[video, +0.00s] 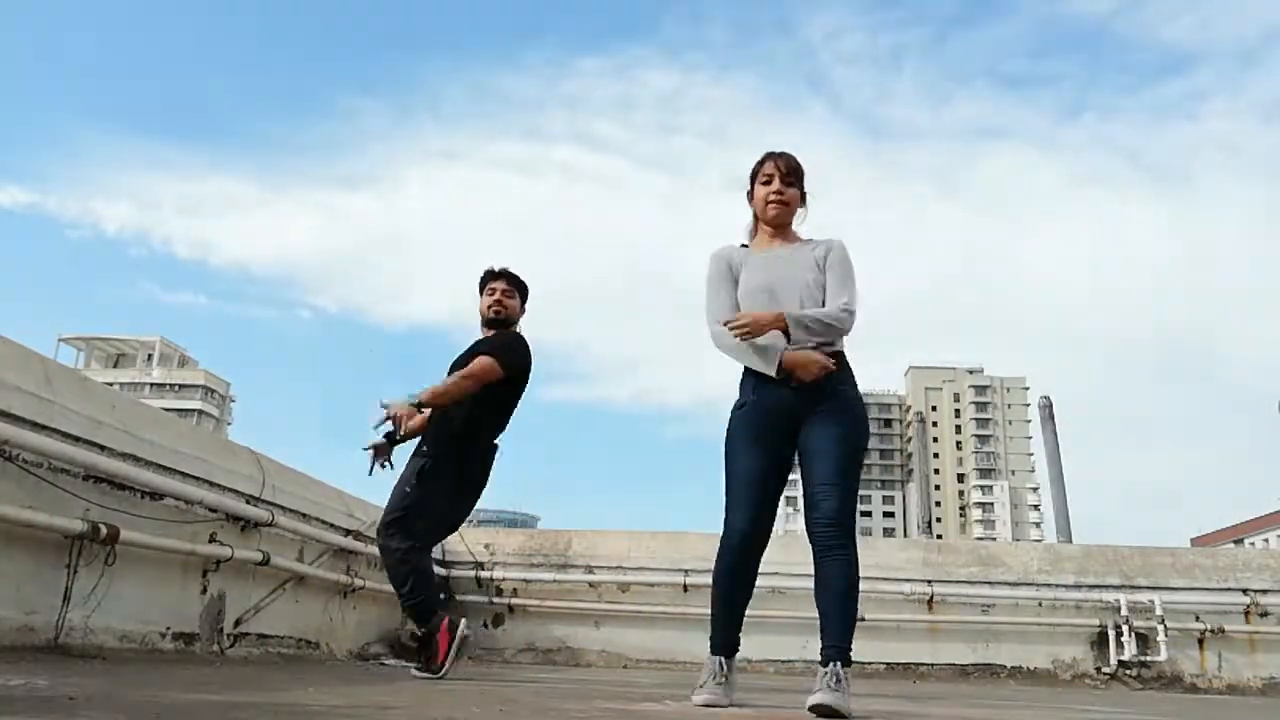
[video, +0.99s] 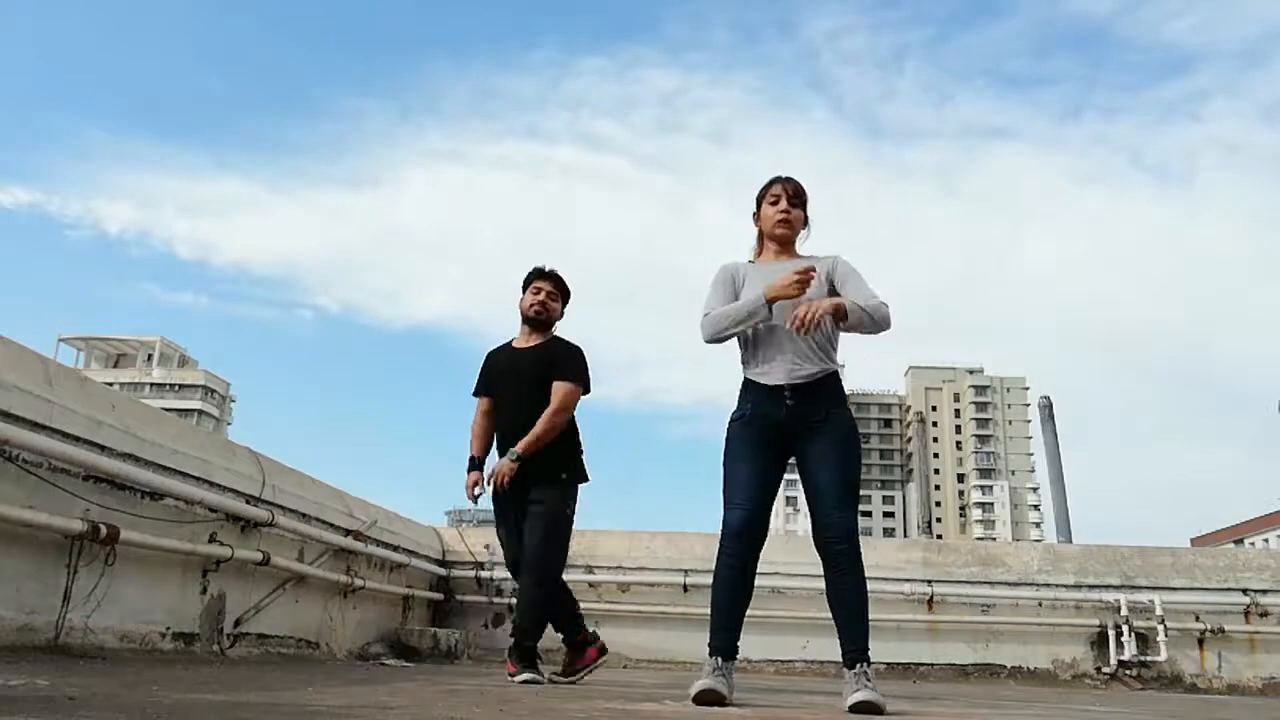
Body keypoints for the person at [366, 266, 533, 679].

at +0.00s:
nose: (498, 298)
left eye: (508, 294)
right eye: (491, 292)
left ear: (521, 308)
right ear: (480, 303)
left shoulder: (510, 345)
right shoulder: (479, 352)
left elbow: (469, 383)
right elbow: (441, 410)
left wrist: (417, 402)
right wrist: (393, 438)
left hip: (452, 460)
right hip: (446, 457)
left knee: (395, 534)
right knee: (409, 540)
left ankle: (435, 625)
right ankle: (432, 629)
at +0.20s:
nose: (506, 300)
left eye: (517, 297)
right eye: (500, 295)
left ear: (530, 313)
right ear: (489, 306)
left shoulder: (519, 343)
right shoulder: (493, 353)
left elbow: (523, 401)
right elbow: (497, 425)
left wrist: (528, 456)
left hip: (440, 456)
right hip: (451, 463)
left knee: (394, 538)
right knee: (410, 542)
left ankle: (433, 623)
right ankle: (431, 630)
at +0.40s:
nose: (517, 299)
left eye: (527, 296)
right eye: (511, 294)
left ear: (540, 311)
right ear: (500, 305)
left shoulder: (530, 342)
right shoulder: (502, 350)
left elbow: (528, 396)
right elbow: (482, 413)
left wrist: (520, 447)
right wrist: (484, 477)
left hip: (465, 458)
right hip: (449, 456)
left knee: (414, 537)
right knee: (408, 537)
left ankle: (453, 630)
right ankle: (439, 633)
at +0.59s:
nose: (526, 301)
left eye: (536, 298)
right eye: (519, 295)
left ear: (548, 312)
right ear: (508, 305)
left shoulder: (544, 350)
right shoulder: (504, 362)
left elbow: (507, 391)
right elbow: (471, 421)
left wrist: (455, 413)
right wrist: (423, 453)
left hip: (515, 468)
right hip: (489, 466)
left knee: (469, 549)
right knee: (445, 544)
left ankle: (481, 650)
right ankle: (515, 611)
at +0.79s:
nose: (535, 307)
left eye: (545, 304)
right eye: (528, 300)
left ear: (556, 317)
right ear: (515, 309)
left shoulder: (561, 357)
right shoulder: (503, 372)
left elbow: (530, 399)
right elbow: (474, 422)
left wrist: (469, 401)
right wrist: (439, 433)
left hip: (549, 476)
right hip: (520, 478)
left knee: (499, 545)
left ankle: (487, 649)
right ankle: (598, 655)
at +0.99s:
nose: (542, 299)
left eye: (552, 297)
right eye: (536, 292)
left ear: (560, 312)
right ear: (521, 300)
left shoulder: (567, 353)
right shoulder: (496, 358)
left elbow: (560, 412)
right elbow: (484, 414)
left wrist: (515, 454)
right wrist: (475, 462)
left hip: (554, 473)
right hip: (509, 474)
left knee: (539, 565)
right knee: (524, 566)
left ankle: (522, 656)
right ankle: (581, 643)